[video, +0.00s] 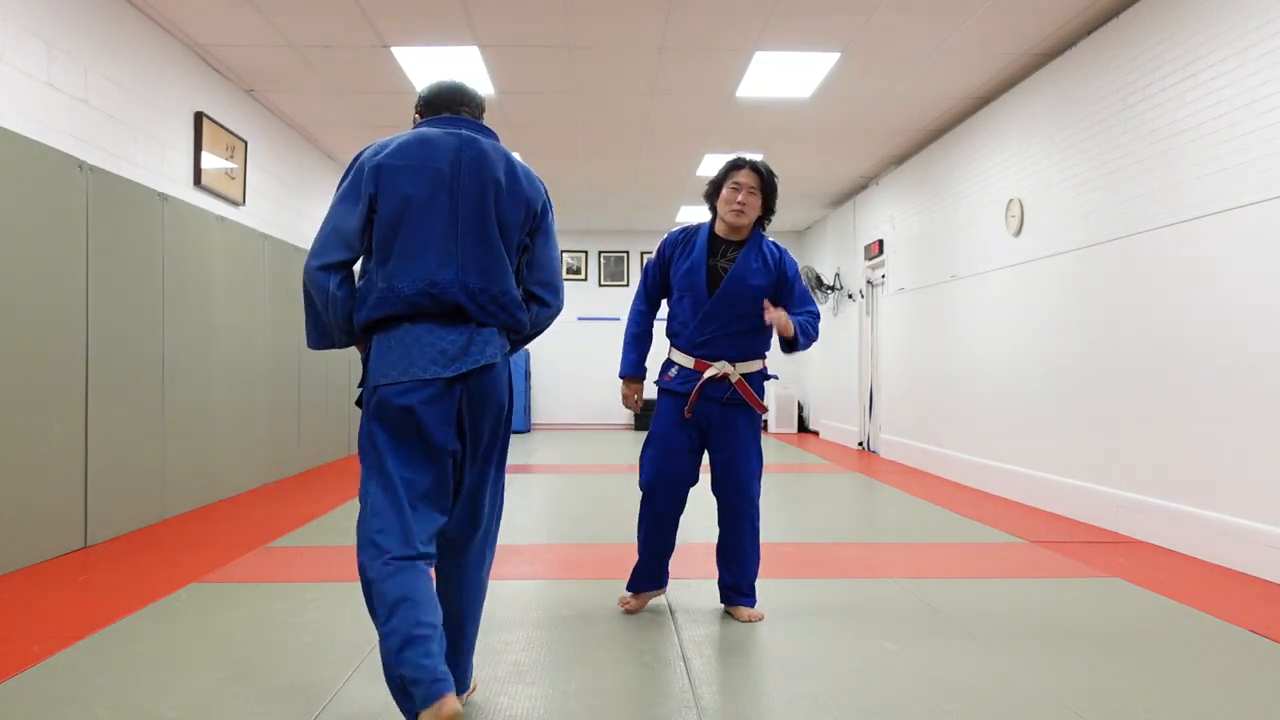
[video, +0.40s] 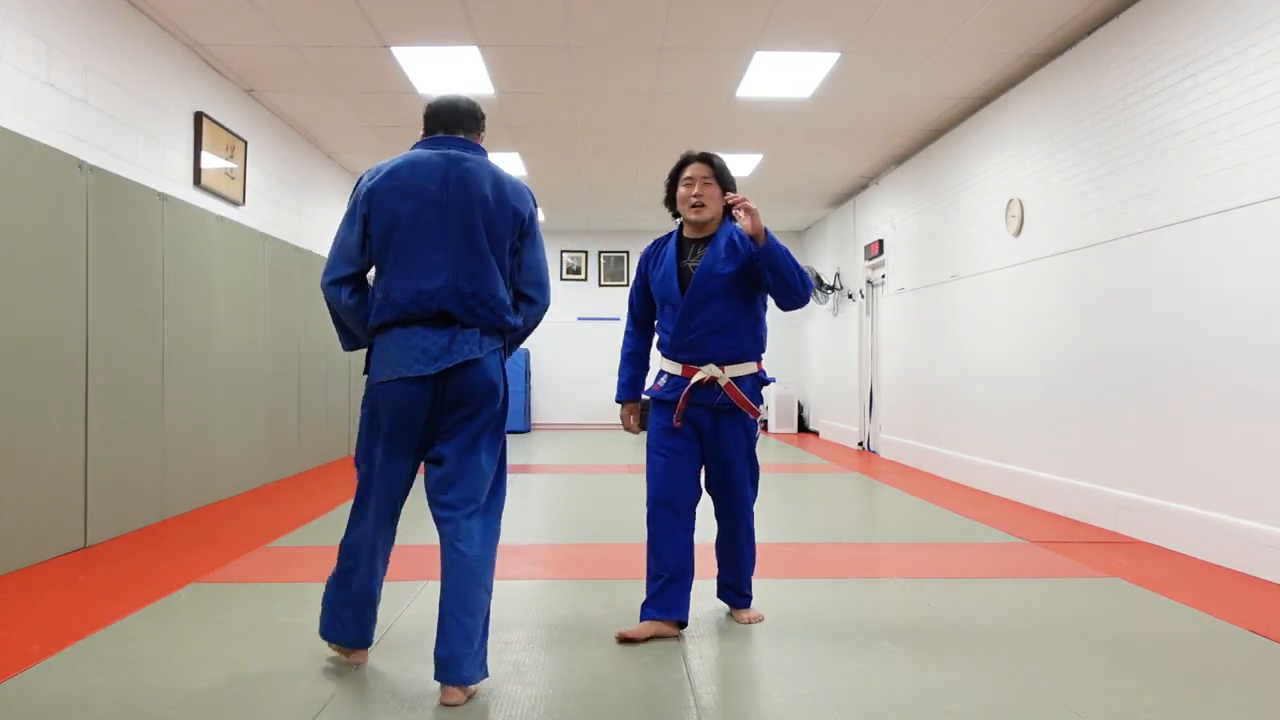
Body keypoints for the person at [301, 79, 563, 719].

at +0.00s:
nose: (410, 124)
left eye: (413, 116)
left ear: (419, 117)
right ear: (482, 120)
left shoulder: (382, 158)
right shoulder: (522, 177)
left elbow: (324, 265)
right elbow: (547, 293)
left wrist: (359, 332)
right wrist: (497, 336)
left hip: (403, 363)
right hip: (488, 365)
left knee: (394, 535)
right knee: (470, 530)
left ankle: (432, 695)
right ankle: (452, 684)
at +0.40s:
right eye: (480, 130)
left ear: (422, 132)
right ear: (480, 136)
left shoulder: (380, 180)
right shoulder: (511, 192)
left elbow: (339, 278)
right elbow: (535, 293)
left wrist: (373, 336)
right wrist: (495, 343)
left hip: (399, 363)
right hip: (478, 368)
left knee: (376, 503)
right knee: (469, 515)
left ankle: (351, 637)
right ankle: (458, 676)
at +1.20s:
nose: (480, 187)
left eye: (486, 177)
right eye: (479, 173)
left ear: (448, 162)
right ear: (448, 157)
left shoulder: (429, 203)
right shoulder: (415, 198)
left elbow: (462, 279)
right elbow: (420, 283)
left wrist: (472, 325)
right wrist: (465, 327)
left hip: (402, 361)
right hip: (415, 365)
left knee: (402, 487)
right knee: (431, 491)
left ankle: (372, 618)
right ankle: (423, 625)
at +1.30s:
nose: (487, 186)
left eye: (493, 177)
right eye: (485, 173)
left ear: (456, 162)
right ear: (455, 157)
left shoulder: (442, 204)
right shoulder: (421, 197)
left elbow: (462, 278)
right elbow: (420, 279)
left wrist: (475, 319)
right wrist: (464, 318)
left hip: (425, 361)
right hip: (414, 364)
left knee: (422, 482)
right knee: (433, 486)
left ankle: (376, 604)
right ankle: (424, 625)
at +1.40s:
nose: (493, 188)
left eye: (499, 179)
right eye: (491, 176)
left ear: (463, 167)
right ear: (460, 161)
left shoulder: (451, 207)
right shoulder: (426, 198)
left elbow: (459, 279)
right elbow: (415, 270)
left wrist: (480, 324)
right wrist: (464, 316)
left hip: (439, 363)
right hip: (414, 364)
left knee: (463, 472)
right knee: (433, 486)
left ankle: (388, 580)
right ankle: (423, 628)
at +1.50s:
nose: (498, 188)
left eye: (504, 178)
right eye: (496, 175)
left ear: (470, 167)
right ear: (464, 161)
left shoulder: (461, 210)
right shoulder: (427, 198)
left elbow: (468, 281)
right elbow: (409, 266)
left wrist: (487, 326)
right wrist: (460, 310)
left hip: (451, 366)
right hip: (420, 366)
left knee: (474, 470)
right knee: (436, 484)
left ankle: (411, 577)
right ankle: (421, 627)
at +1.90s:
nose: (528, 190)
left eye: (534, 181)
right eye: (524, 177)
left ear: (529, 179)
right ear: (497, 164)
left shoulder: (510, 220)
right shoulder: (452, 204)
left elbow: (528, 289)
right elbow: (432, 282)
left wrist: (529, 331)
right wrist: (477, 331)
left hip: (498, 374)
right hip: (449, 370)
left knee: (497, 489)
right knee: (434, 494)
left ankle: (500, 599)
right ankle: (419, 625)